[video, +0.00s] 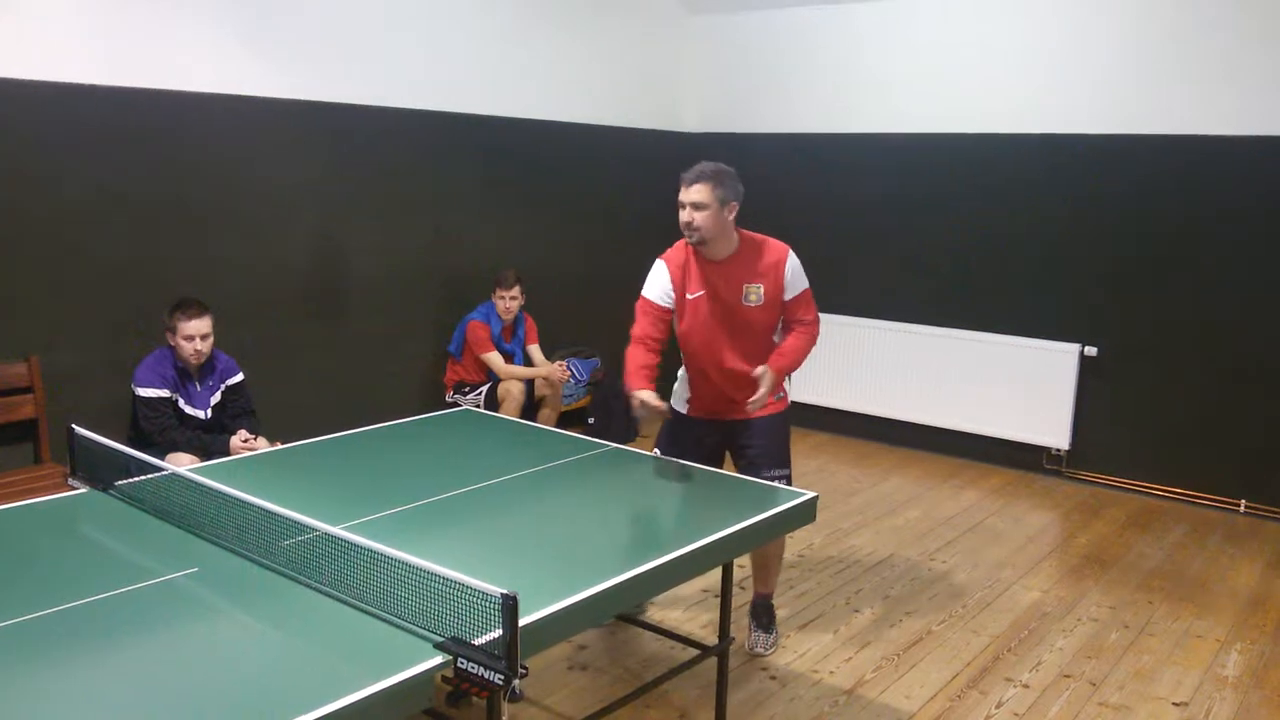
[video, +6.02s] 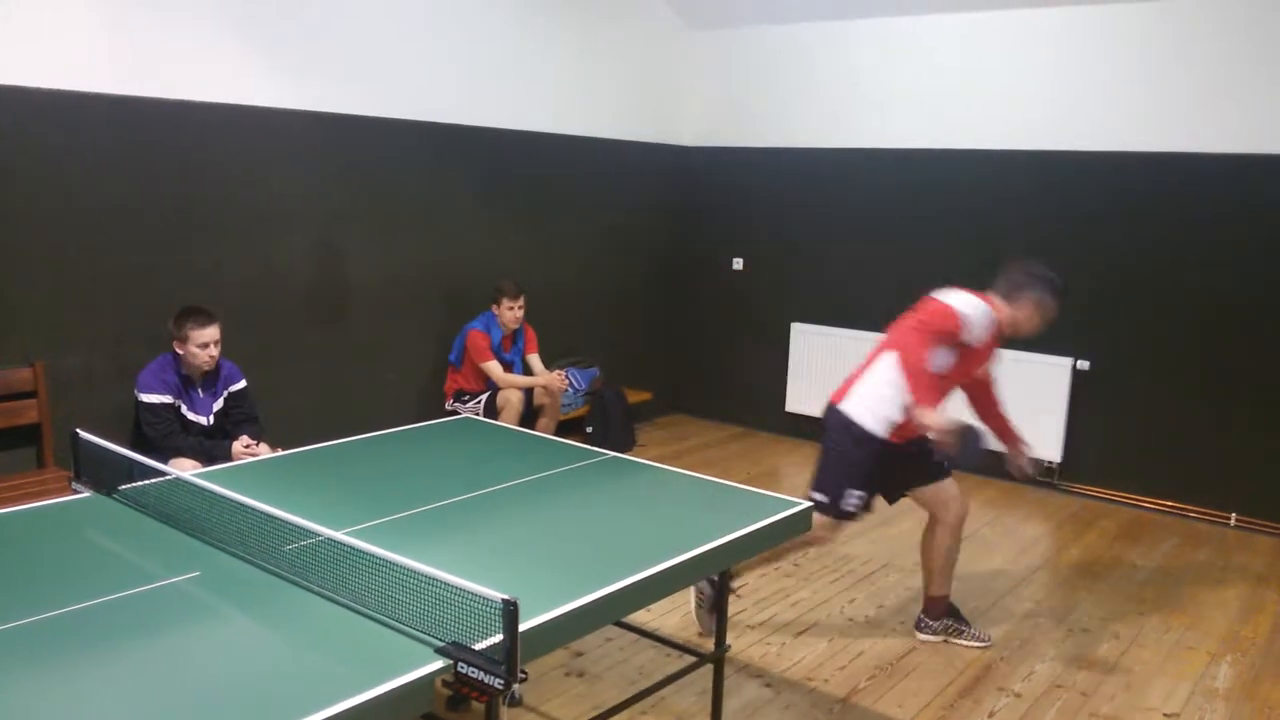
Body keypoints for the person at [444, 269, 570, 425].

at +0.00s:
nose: (507, 305)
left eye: (513, 299)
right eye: (501, 298)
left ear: (522, 300)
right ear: (493, 298)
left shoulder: (525, 322)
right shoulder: (477, 324)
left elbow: (540, 361)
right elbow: (502, 372)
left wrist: (554, 371)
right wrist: (546, 372)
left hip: (498, 386)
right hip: (462, 392)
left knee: (553, 385)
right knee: (515, 389)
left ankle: (541, 449)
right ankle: (501, 448)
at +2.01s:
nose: (505, 316)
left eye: (511, 310)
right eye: (499, 310)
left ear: (519, 311)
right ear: (490, 309)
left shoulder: (522, 333)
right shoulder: (473, 335)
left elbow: (536, 372)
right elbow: (498, 382)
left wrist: (550, 382)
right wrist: (543, 383)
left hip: (494, 397)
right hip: (459, 403)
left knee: (549, 397)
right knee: (511, 400)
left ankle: (538, 459)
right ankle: (499, 459)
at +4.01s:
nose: (509, 309)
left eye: (515, 303)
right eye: (504, 303)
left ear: (524, 304)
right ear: (495, 303)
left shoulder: (528, 327)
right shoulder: (479, 328)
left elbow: (543, 366)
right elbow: (504, 375)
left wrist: (559, 377)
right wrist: (547, 376)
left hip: (503, 387)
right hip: (467, 394)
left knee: (555, 391)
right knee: (516, 392)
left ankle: (540, 450)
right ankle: (503, 449)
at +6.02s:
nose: (517, 314)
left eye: (520, 308)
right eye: (510, 309)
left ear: (525, 308)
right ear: (495, 309)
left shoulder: (525, 332)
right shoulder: (476, 333)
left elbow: (540, 371)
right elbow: (500, 380)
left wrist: (553, 380)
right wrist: (545, 381)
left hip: (498, 394)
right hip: (462, 400)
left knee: (552, 395)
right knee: (514, 397)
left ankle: (540, 455)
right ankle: (501, 455)